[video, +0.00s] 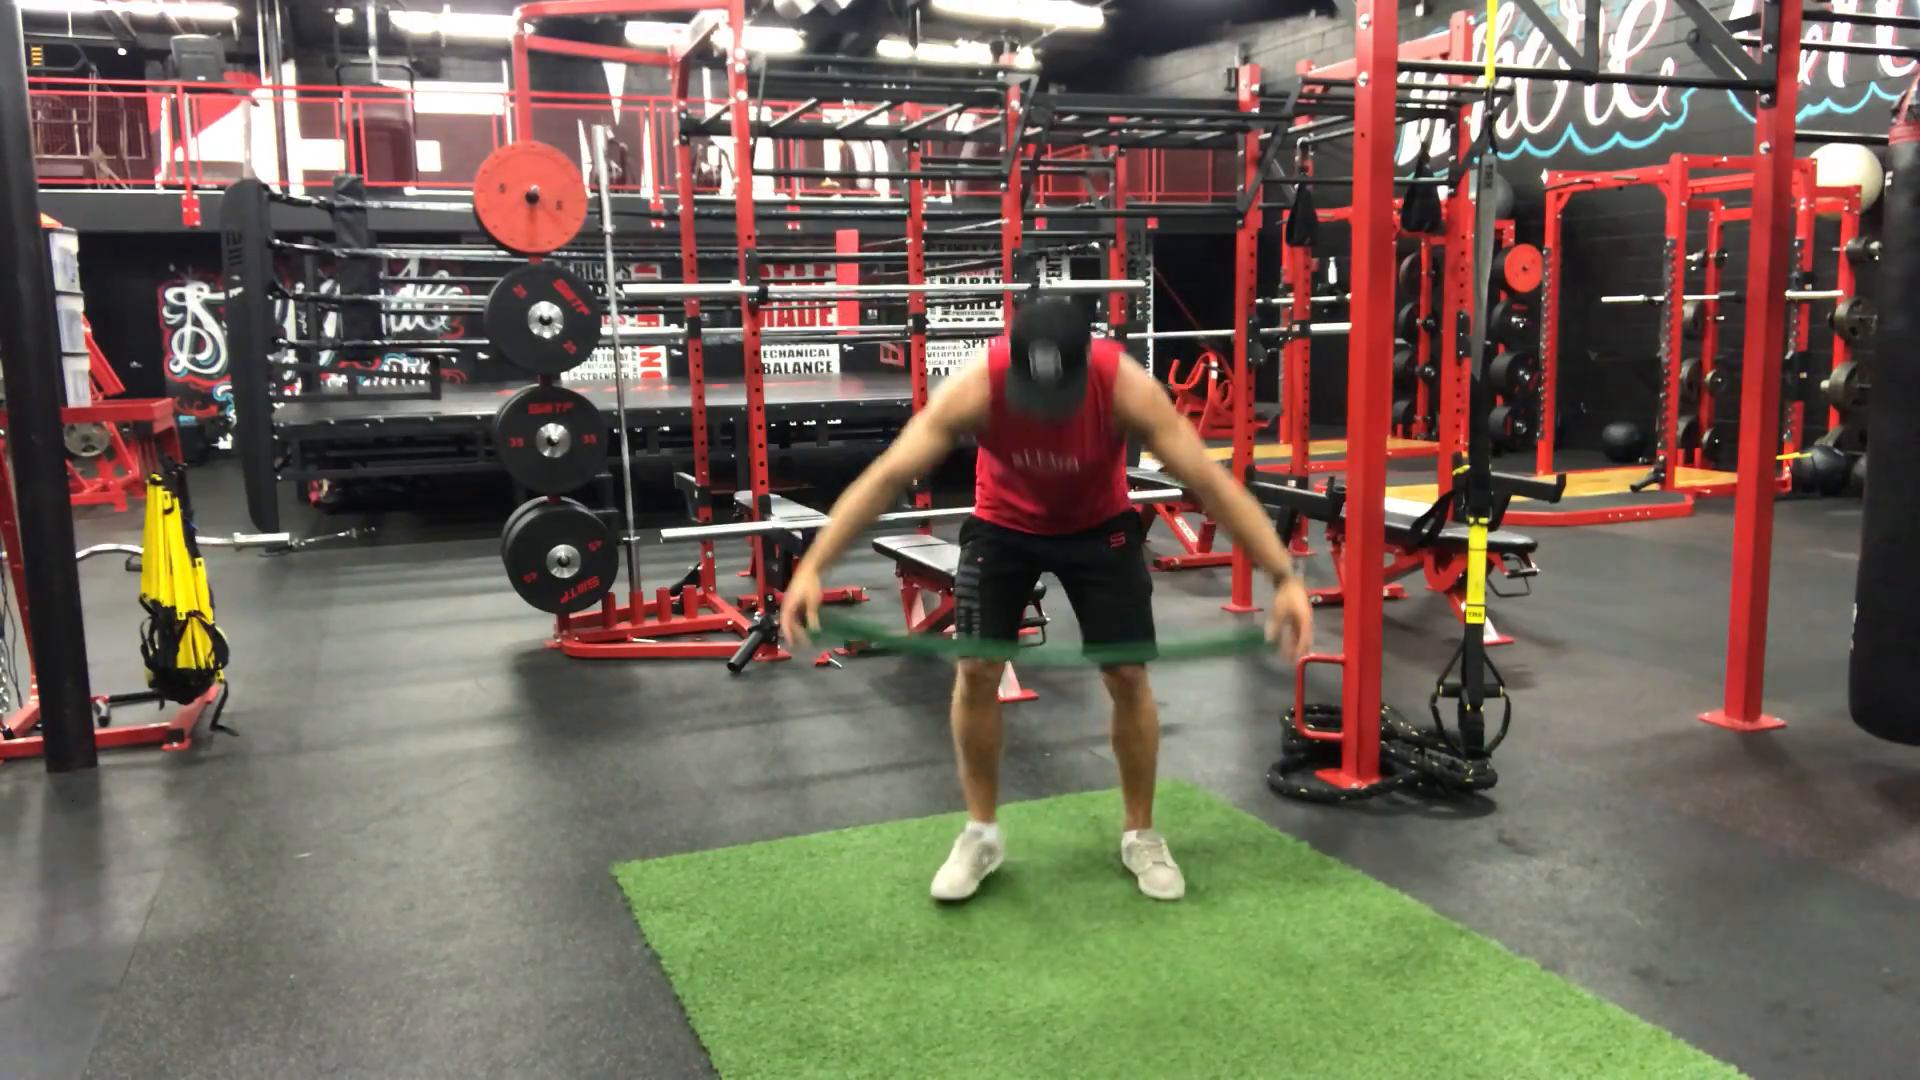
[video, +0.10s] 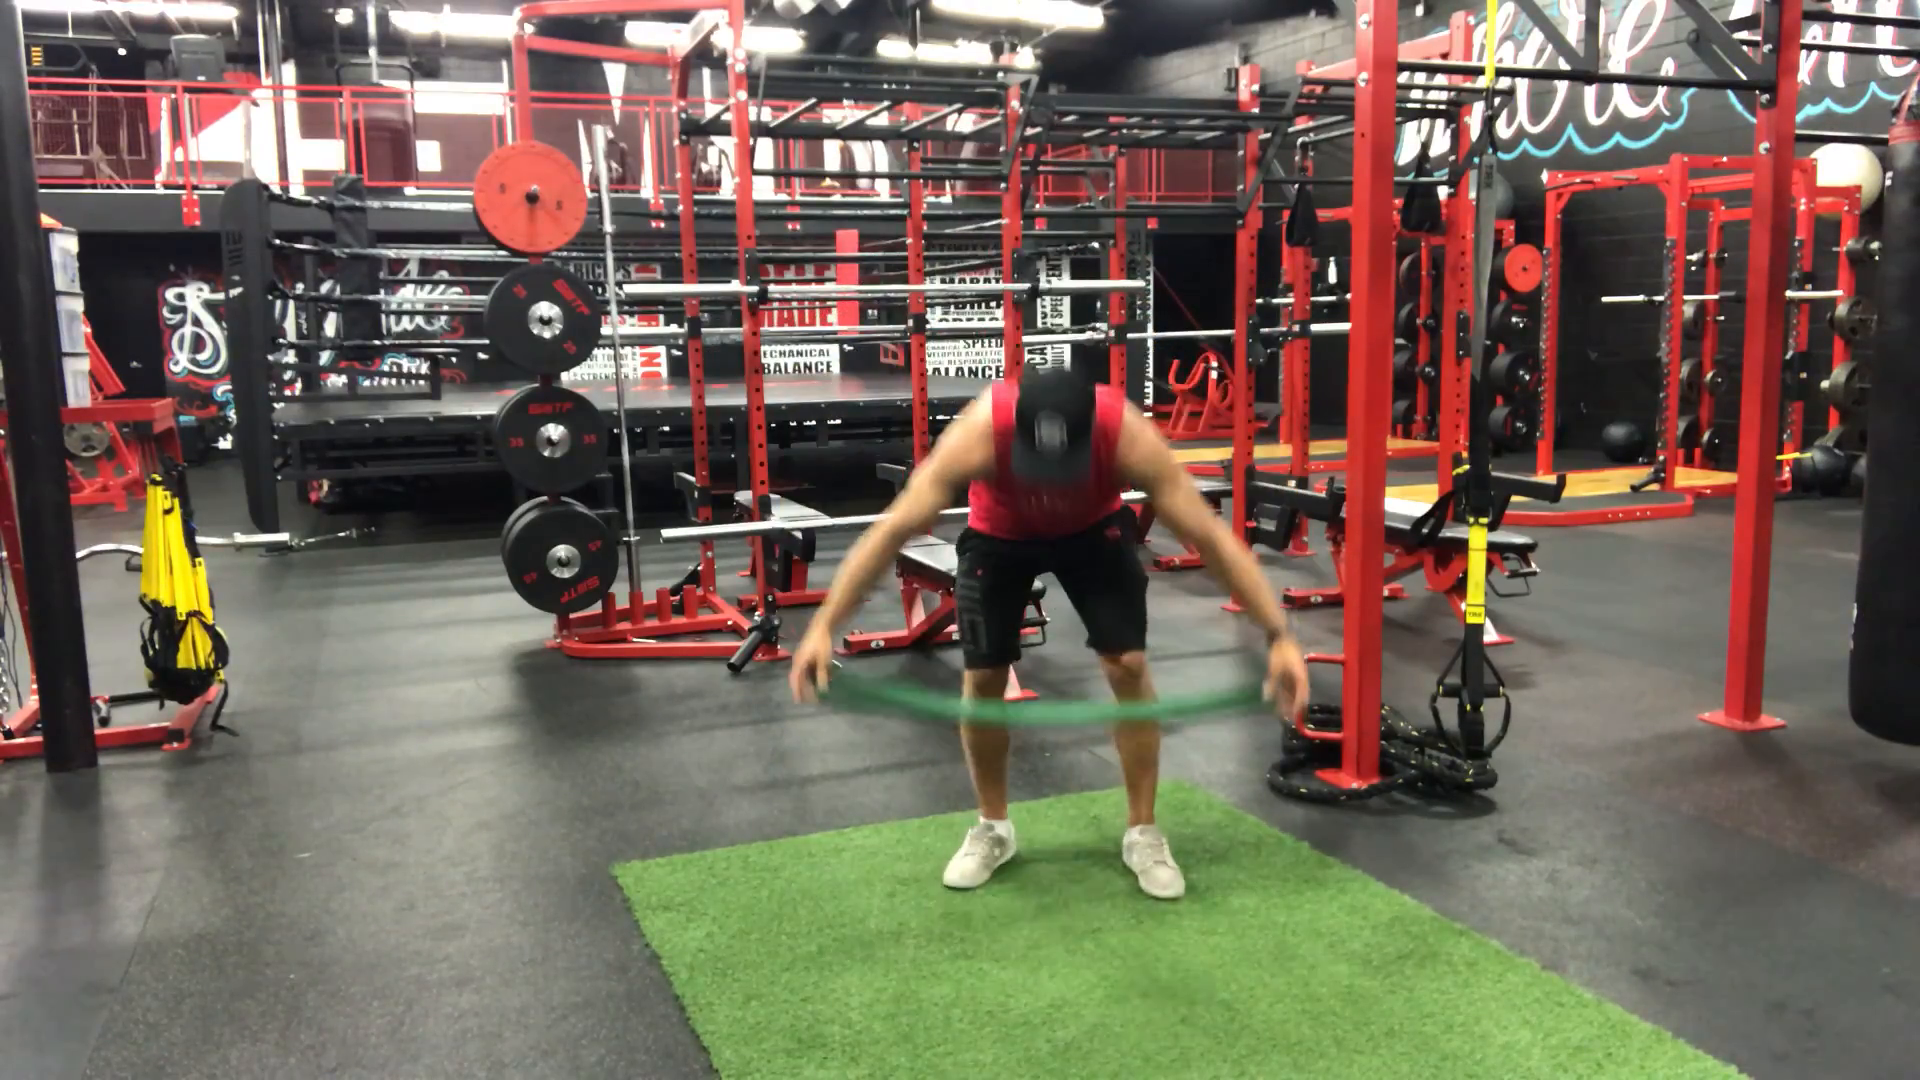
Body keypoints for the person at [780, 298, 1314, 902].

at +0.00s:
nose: (1046, 400)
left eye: (1059, 388)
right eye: (1033, 387)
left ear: (1085, 361)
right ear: (1010, 358)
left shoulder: (1125, 383)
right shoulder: (978, 384)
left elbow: (1209, 478)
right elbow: (887, 474)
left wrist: (1285, 575)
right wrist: (811, 567)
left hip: (1100, 527)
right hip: (1004, 524)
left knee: (1127, 675)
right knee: (976, 671)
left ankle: (1141, 832)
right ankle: (981, 831)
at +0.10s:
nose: (1048, 477)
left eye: (1063, 469)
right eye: (1034, 468)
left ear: (1092, 431)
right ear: (1012, 425)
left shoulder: (1132, 438)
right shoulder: (977, 433)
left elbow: (1214, 539)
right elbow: (892, 529)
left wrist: (1280, 633)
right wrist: (823, 626)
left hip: (1093, 530)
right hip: (997, 533)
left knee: (1128, 664)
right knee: (983, 677)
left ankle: (1143, 831)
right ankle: (993, 826)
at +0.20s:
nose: (1052, 561)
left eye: (1068, 551)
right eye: (1040, 550)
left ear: (1100, 509)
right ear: (1015, 508)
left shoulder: (1130, 497)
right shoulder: (979, 495)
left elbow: (1215, 599)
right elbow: (894, 589)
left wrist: (1280, 695)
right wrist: (830, 688)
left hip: (1098, 540)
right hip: (998, 541)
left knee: (1132, 667)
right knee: (979, 679)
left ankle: (1135, 821)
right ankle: (993, 828)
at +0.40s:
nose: (1062, 665)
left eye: (1072, 654)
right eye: (1052, 653)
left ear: (1103, 620)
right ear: (1027, 616)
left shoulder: (1146, 603)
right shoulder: (981, 601)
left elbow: (1221, 694)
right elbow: (900, 687)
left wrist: (1286, 792)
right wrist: (836, 785)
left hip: (1102, 537)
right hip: (1002, 538)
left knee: (1155, 680)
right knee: (964, 693)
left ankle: (1131, 822)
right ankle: (992, 830)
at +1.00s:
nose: (1048, 606)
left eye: (1057, 587)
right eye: (1031, 594)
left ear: (1071, 550)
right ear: (991, 561)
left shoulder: (1109, 533)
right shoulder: (954, 548)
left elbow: (1191, 600)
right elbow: (899, 646)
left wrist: (1250, 695)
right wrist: (854, 748)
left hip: (1085, 551)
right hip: (986, 564)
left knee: (1137, 677)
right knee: (970, 686)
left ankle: (1128, 822)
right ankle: (993, 829)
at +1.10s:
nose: (1033, 537)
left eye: (1044, 528)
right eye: (1017, 532)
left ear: (1059, 482)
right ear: (979, 499)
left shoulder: (1098, 471)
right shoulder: (938, 494)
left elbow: (1167, 525)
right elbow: (902, 590)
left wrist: (1212, 605)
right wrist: (869, 688)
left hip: (1081, 537)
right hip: (983, 547)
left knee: (1138, 664)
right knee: (971, 685)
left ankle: (1130, 816)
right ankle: (994, 828)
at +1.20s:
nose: (1022, 474)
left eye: (1032, 463)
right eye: (1006, 467)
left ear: (1046, 420)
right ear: (968, 438)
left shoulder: (1082, 416)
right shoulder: (928, 448)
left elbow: (1136, 468)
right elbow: (900, 549)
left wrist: (1175, 540)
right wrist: (882, 645)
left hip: (1074, 526)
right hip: (980, 539)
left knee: (1140, 644)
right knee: (973, 685)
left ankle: (1139, 802)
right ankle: (994, 828)